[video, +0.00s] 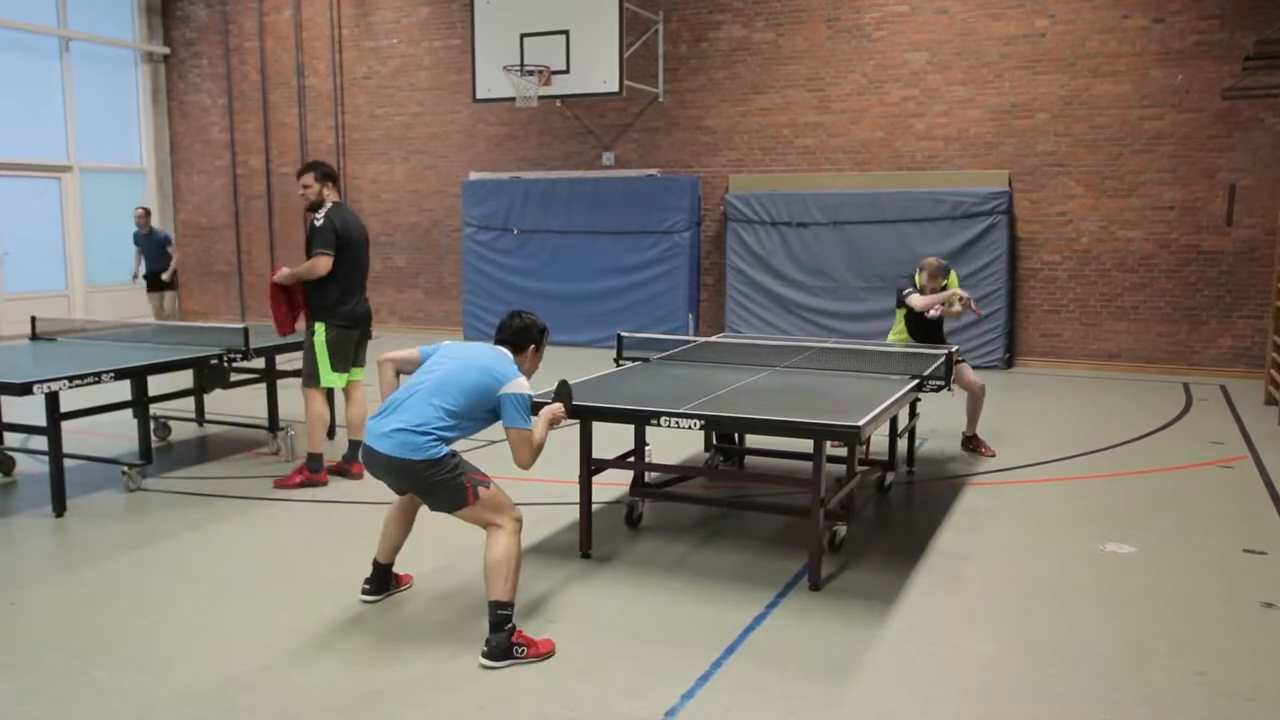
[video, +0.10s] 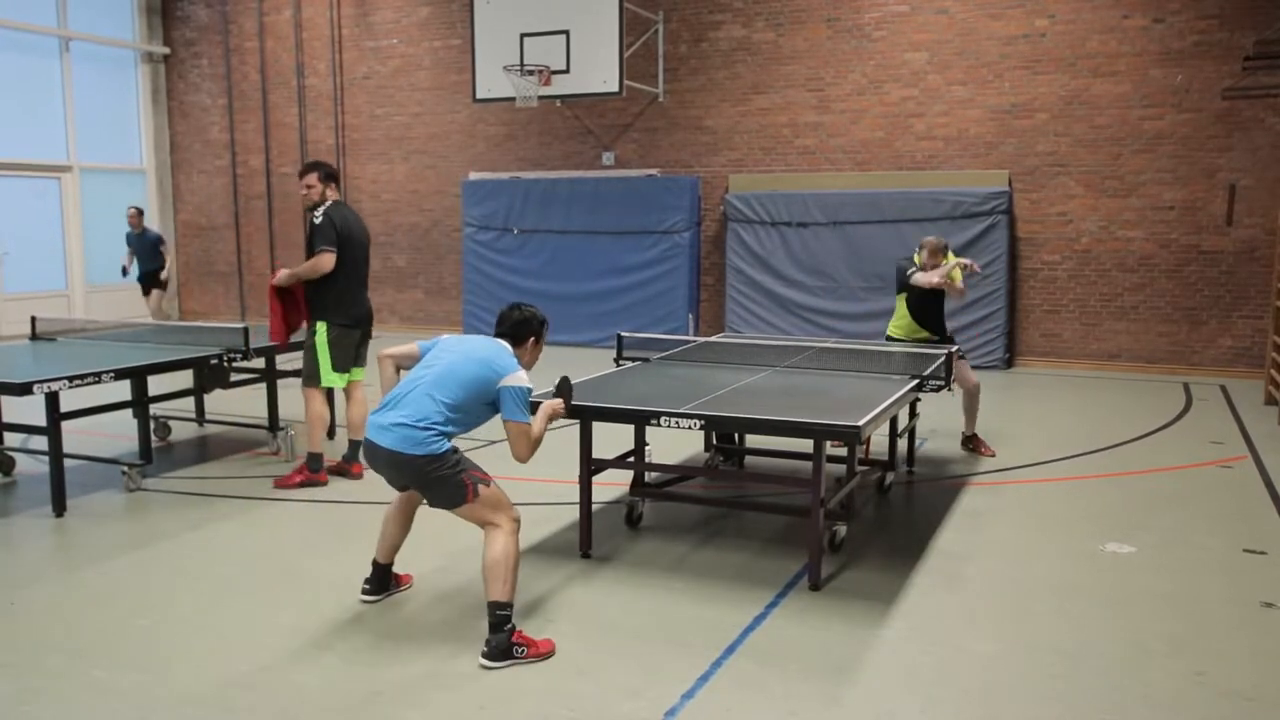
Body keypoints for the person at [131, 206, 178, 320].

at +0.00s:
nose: (137, 221)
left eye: (140, 217)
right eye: (136, 218)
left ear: (148, 218)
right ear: (134, 219)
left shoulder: (162, 236)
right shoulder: (137, 236)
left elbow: (175, 255)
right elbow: (138, 252)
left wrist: (169, 273)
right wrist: (136, 270)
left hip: (166, 271)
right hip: (151, 273)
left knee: (169, 309)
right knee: (156, 310)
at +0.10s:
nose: (130, 220)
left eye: (133, 217)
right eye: (128, 217)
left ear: (141, 218)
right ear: (127, 219)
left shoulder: (154, 236)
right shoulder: (129, 236)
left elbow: (167, 255)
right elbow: (131, 252)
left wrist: (166, 270)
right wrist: (128, 266)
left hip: (158, 271)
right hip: (143, 273)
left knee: (155, 308)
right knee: (153, 310)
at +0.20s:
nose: (121, 223)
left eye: (124, 219)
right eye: (120, 220)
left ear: (133, 221)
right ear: (119, 221)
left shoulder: (146, 239)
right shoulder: (121, 239)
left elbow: (159, 257)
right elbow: (122, 255)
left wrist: (158, 274)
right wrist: (118, 267)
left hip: (149, 274)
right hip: (135, 276)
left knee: (144, 309)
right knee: (148, 310)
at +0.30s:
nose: (112, 223)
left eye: (115, 220)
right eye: (111, 220)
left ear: (124, 222)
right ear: (110, 222)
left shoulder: (136, 241)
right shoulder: (114, 241)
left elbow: (151, 260)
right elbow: (114, 257)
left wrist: (147, 276)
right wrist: (108, 268)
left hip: (139, 278)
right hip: (125, 279)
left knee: (132, 314)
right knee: (140, 316)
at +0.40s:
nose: (101, 222)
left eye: (104, 218)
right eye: (100, 218)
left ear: (114, 219)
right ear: (99, 220)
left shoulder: (125, 240)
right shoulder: (105, 238)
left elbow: (135, 259)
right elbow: (106, 258)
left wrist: (128, 272)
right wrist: (97, 271)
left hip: (128, 278)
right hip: (115, 279)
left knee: (121, 316)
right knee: (117, 317)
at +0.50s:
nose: (88, 219)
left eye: (91, 215)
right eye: (87, 215)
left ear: (102, 216)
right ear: (87, 216)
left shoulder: (112, 235)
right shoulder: (97, 236)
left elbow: (116, 258)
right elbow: (99, 260)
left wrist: (103, 266)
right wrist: (88, 275)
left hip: (118, 274)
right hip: (106, 275)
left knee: (117, 316)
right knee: (99, 315)